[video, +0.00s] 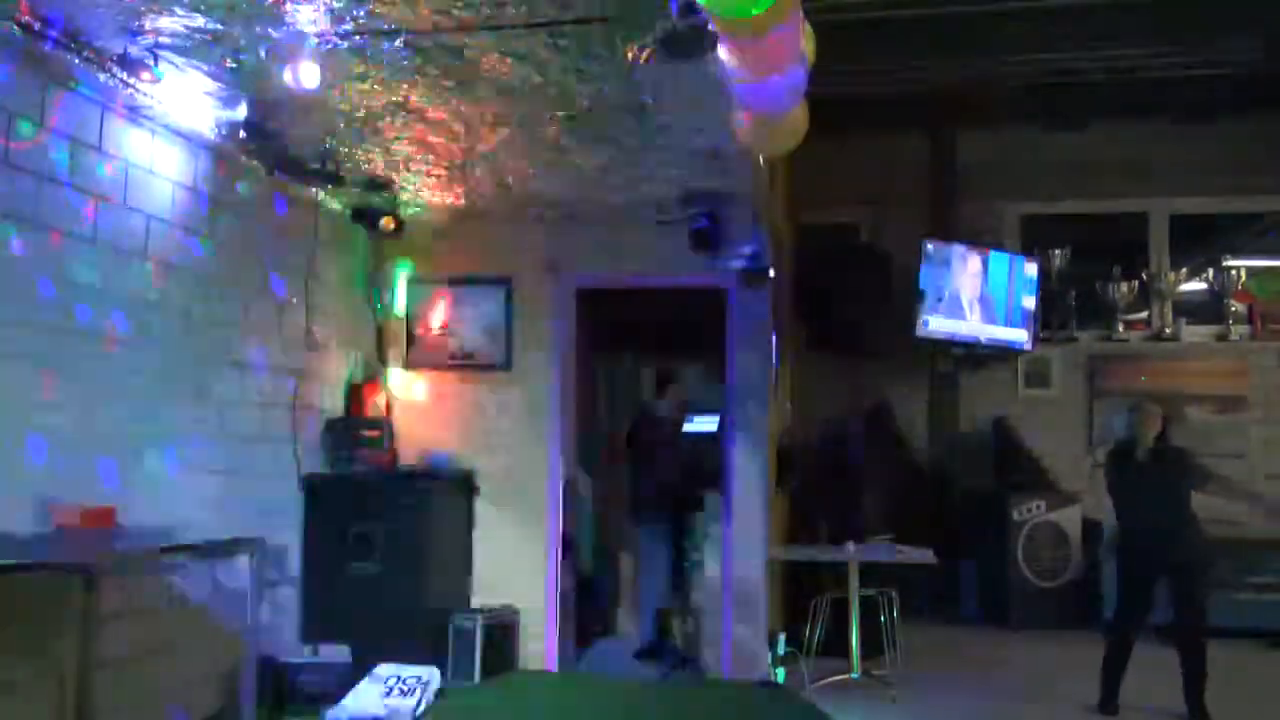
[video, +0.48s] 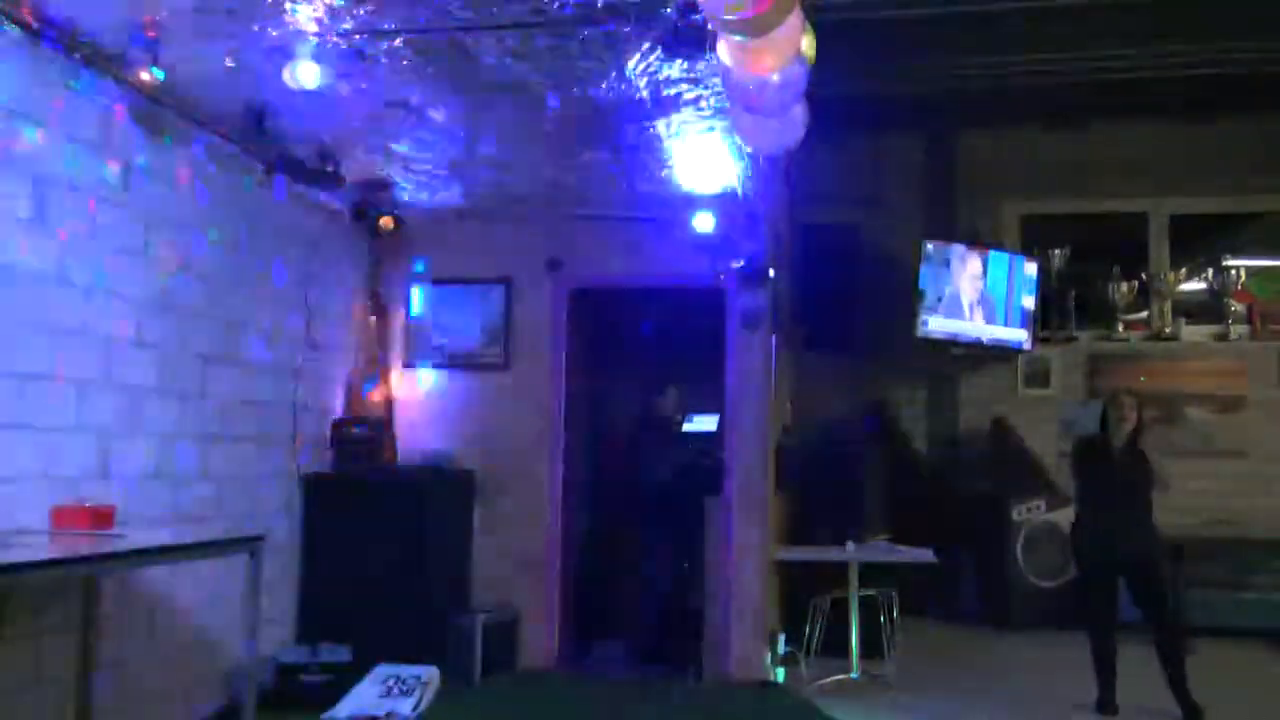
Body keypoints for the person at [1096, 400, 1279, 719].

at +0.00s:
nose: (1147, 424)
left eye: (1153, 419)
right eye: (1141, 417)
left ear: (1162, 424)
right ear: (1131, 422)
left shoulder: (1175, 458)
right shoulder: (1118, 457)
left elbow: (1212, 483)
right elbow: (1120, 493)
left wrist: (1258, 500)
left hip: (1182, 552)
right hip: (1137, 553)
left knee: (1191, 628)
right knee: (1125, 624)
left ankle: (1196, 704)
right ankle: (1108, 698)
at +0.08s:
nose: (1143, 420)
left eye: (1149, 414)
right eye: (1137, 414)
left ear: (1158, 420)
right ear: (1126, 419)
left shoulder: (1173, 457)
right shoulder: (1111, 457)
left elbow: (1205, 488)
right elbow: (1116, 502)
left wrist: (1237, 503)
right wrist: (1135, 452)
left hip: (1175, 549)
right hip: (1130, 550)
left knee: (1184, 626)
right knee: (1119, 623)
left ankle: (1194, 702)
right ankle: (1108, 698)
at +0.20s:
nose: (1133, 415)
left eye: (1139, 409)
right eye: (1128, 409)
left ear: (1149, 415)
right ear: (1117, 414)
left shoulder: (1165, 454)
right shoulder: (1101, 453)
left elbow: (1190, 486)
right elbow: (1098, 493)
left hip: (1160, 548)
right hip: (1116, 549)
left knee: (1176, 626)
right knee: (1112, 624)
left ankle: (1192, 703)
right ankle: (1107, 697)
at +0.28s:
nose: (1131, 416)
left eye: (1137, 410)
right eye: (1124, 410)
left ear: (1146, 415)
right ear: (1112, 415)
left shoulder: (1156, 450)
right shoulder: (1096, 451)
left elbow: (1159, 493)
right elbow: (1099, 487)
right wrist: (1121, 447)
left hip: (1152, 545)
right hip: (1109, 548)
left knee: (1172, 626)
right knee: (1108, 625)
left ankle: (1190, 701)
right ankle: (1107, 697)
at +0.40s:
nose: (1126, 417)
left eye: (1132, 412)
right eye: (1119, 412)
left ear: (1140, 416)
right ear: (1108, 416)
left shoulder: (1144, 450)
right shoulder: (1090, 450)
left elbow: (1149, 491)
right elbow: (1091, 494)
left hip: (1145, 545)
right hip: (1103, 547)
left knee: (1169, 625)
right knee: (1103, 625)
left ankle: (1190, 703)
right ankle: (1106, 698)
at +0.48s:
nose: (1125, 415)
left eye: (1130, 409)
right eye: (1118, 409)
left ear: (1138, 416)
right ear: (1105, 414)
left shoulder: (1138, 454)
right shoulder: (1087, 449)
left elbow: (1142, 508)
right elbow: (1086, 498)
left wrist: (1148, 544)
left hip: (1138, 547)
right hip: (1098, 548)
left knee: (1164, 620)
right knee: (1102, 625)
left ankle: (1184, 698)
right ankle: (1106, 697)